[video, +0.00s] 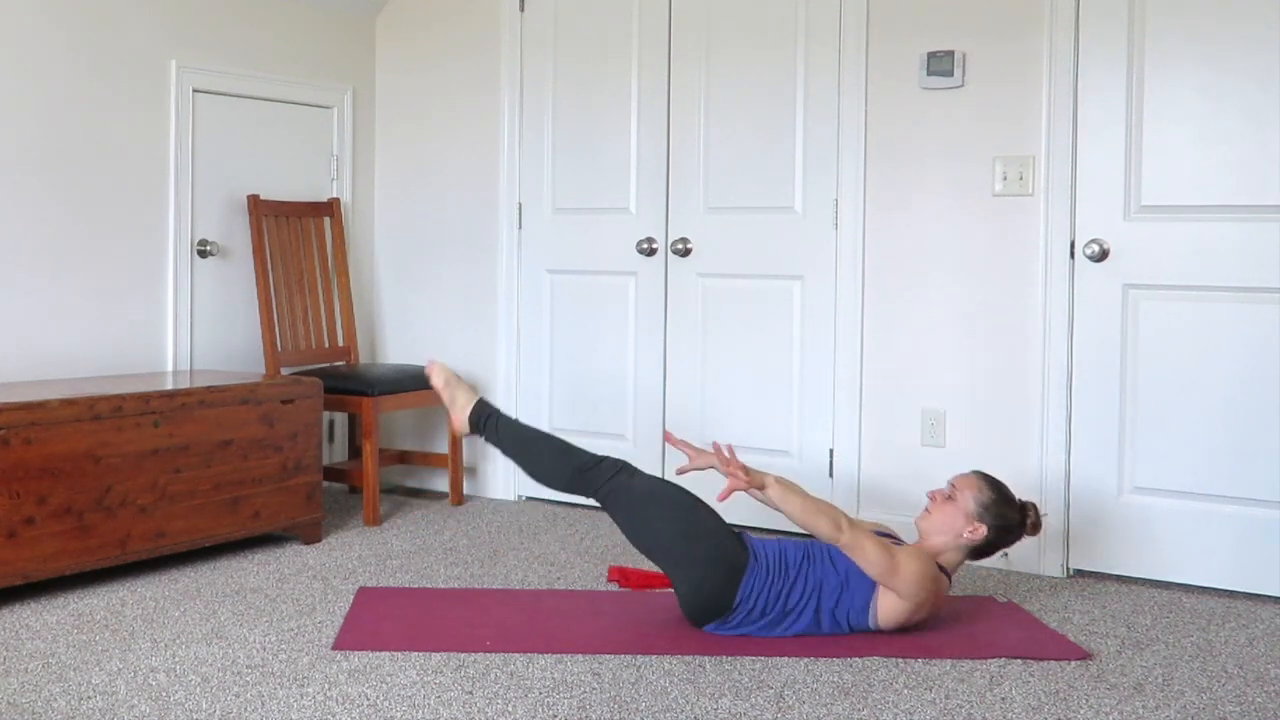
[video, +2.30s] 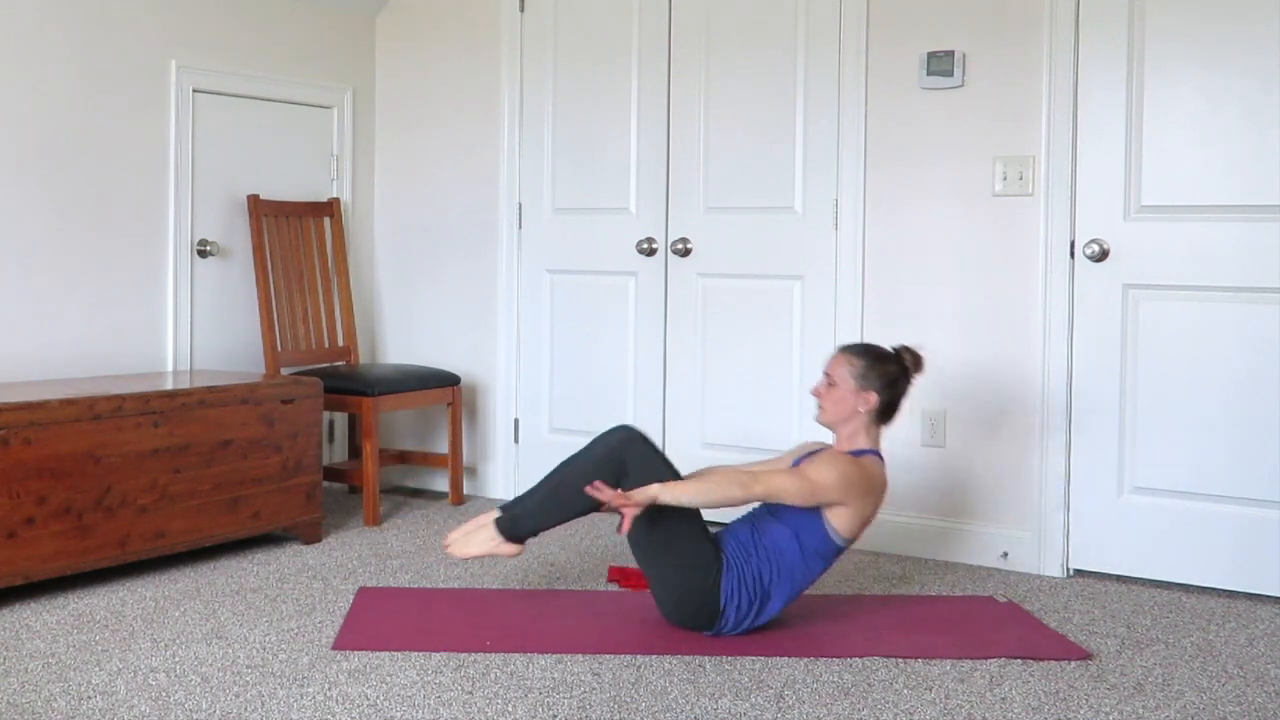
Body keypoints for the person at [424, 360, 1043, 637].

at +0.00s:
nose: (932, 500)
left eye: (949, 502)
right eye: (942, 492)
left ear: (971, 537)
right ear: (950, 520)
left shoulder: (917, 578)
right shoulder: (909, 559)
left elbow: (839, 531)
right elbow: (827, 518)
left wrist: (754, 480)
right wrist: (740, 471)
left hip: (729, 587)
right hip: (732, 569)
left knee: (611, 477)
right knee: (615, 476)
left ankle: (473, 414)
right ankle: (478, 417)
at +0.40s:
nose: (898, 469)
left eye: (914, 465)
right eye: (906, 459)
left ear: (945, 492)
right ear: (932, 488)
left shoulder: (899, 544)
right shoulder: (903, 537)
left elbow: (800, 515)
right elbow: (801, 519)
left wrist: (709, 490)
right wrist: (706, 491)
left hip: (723, 583)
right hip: (728, 576)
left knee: (584, 505)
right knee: (588, 504)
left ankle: (434, 490)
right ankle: (441, 490)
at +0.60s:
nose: (844, 409)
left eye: (859, 402)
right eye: (851, 398)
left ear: (893, 424)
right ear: (880, 419)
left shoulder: (872, 489)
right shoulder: (849, 470)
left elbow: (767, 491)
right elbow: (759, 482)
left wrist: (670, 493)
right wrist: (667, 489)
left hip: (718, 597)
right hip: (717, 573)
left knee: (603, 467)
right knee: (605, 463)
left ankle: (463, 519)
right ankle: (469, 515)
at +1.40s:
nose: (898, 461)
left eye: (914, 458)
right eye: (906, 451)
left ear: (946, 484)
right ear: (926, 477)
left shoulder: (901, 542)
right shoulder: (886, 523)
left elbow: (796, 529)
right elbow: (787, 515)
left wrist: (708, 506)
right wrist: (704, 502)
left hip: (722, 590)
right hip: (724, 570)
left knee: (578, 507)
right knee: (581, 500)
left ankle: (430, 520)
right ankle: (436, 516)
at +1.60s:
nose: (930, 504)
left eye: (946, 502)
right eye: (939, 495)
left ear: (972, 532)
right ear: (953, 519)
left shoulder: (920, 582)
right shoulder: (908, 559)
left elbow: (835, 554)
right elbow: (829, 543)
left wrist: (749, 517)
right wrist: (743, 519)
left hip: (728, 583)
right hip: (731, 565)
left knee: (587, 507)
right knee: (589, 500)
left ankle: (451, 457)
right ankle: (457, 459)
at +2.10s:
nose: (884, 448)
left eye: (900, 442)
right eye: (892, 437)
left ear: (932, 467)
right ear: (916, 460)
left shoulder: (902, 525)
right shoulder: (881, 508)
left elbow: (801, 508)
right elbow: (788, 513)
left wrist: (712, 488)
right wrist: (710, 495)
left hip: (721, 590)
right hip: (719, 572)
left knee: (589, 494)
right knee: (589, 491)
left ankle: (444, 541)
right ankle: (450, 533)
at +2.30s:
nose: (817, 389)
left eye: (830, 382)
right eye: (823, 378)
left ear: (864, 401)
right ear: (859, 400)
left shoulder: (853, 473)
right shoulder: (827, 453)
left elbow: (750, 486)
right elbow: (741, 478)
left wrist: (653, 495)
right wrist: (648, 496)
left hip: (716, 595)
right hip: (713, 569)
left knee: (625, 447)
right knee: (625, 442)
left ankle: (506, 531)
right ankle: (508, 520)